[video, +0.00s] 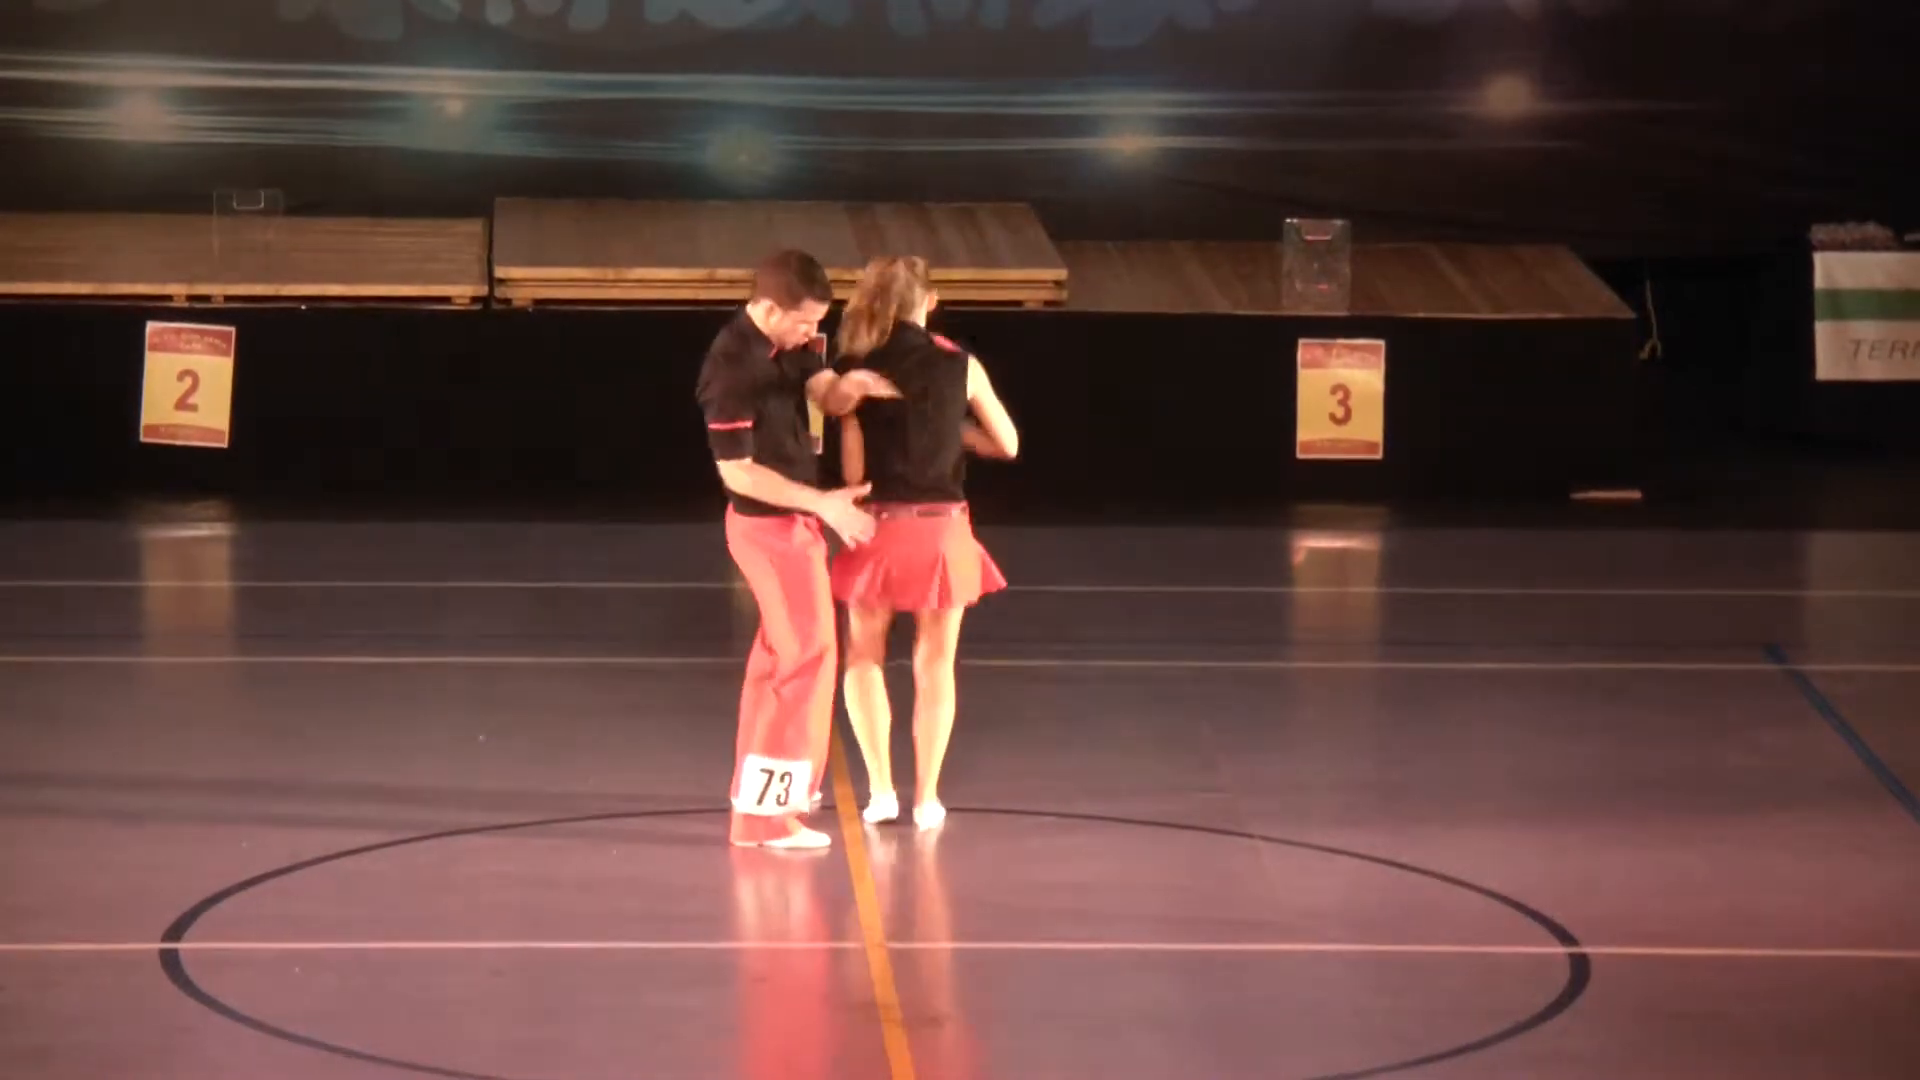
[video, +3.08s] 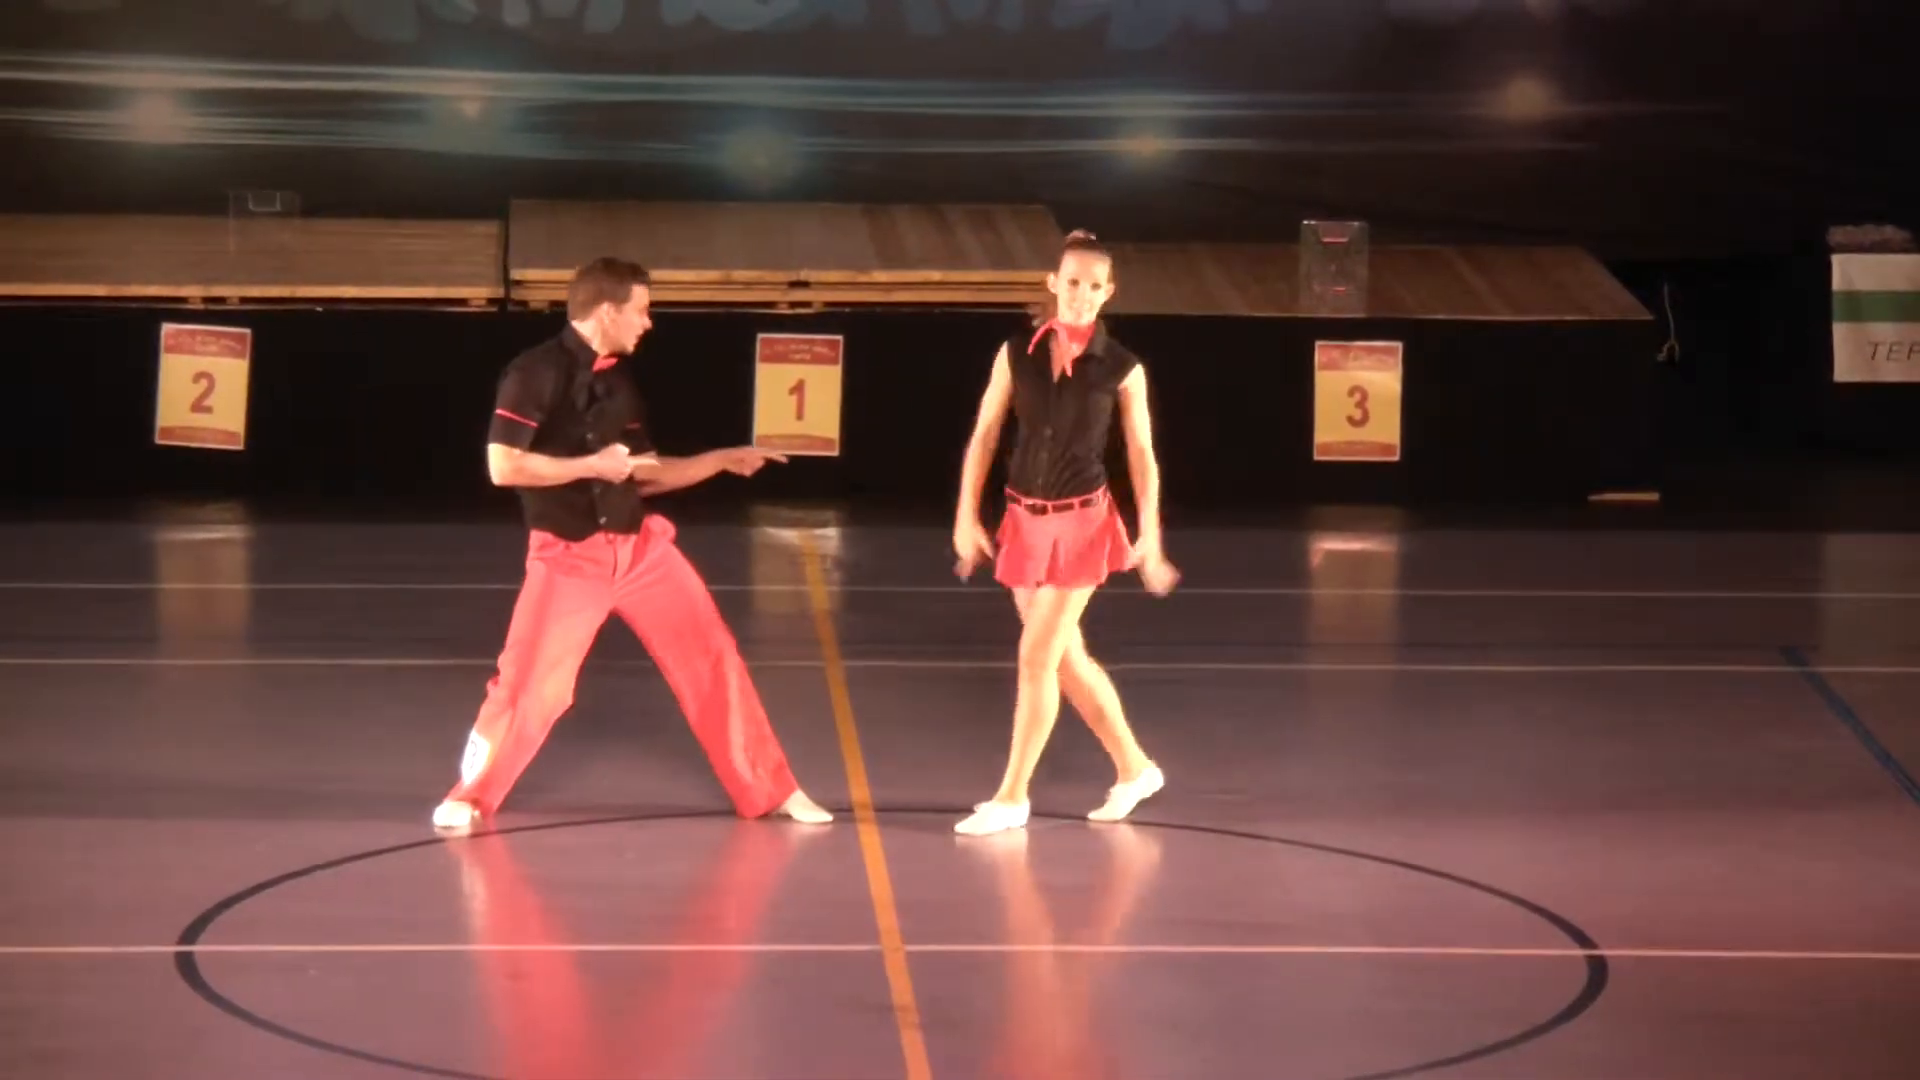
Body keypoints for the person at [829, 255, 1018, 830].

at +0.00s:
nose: (936, 307)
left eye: (930, 299)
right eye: (934, 299)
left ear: (870, 303)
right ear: (927, 304)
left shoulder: (852, 370)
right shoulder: (961, 366)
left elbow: (853, 473)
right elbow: (1006, 444)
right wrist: (946, 430)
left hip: (878, 530)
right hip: (946, 531)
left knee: (864, 657)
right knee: (936, 665)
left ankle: (881, 790)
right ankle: (927, 797)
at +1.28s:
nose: (1003, 298)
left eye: (1002, 286)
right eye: (998, 287)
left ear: (946, 292)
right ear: (974, 292)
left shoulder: (899, 352)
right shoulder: (1000, 355)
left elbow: (865, 441)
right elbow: (1042, 435)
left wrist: (864, 510)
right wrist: (999, 441)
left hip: (880, 508)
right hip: (945, 511)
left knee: (886, 661)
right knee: (1007, 634)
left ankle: (882, 802)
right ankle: (983, 774)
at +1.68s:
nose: (954, 309)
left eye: (955, 301)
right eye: (960, 300)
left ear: (961, 308)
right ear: (1010, 305)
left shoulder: (938, 378)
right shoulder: (1046, 372)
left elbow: (934, 466)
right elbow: (1054, 464)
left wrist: (874, 437)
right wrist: (1084, 430)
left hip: (957, 521)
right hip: (1030, 521)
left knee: (900, 660)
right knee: (1072, 660)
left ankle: (901, 802)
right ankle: (1079, 798)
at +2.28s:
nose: (1023, 340)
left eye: (1020, 332)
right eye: (1062, 330)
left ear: (1016, 340)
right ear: (1071, 339)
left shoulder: (1003, 419)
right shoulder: (1102, 400)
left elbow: (999, 516)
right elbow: (1154, 474)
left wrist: (935, 475)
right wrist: (1145, 415)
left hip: (977, 550)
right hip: (1044, 566)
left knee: (913, 659)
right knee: (1112, 671)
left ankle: (913, 802)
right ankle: (1074, 797)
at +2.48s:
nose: (1011, 293)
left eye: (1021, 284)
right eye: (1014, 282)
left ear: (1053, 295)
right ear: (1065, 296)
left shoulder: (1033, 361)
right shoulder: (1104, 354)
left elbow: (1025, 450)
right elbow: (1142, 427)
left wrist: (940, 472)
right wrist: (1080, 433)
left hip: (1027, 511)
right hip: (1083, 513)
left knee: (974, 655)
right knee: (1085, 663)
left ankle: (940, 795)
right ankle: (1094, 796)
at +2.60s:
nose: (1050, 291)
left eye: (1064, 283)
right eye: (1044, 278)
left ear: (1088, 290)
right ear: (1032, 279)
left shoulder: (1073, 357)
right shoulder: (1046, 344)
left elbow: (1084, 457)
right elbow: (1049, 444)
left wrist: (1048, 535)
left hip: (1048, 513)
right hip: (1057, 509)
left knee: (1027, 664)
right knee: (1096, 654)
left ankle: (1007, 801)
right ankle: (1137, 782)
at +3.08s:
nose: (1081, 295)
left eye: (1093, 285)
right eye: (1072, 281)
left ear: (1108, 292)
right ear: (1052, 282)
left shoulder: (1122, 369)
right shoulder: (1015, 354)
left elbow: (1142, 454)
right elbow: (984, 436)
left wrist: (1149, 537)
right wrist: (967, 513)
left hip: (1084, 522)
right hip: (1021, 519)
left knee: (1036, 657)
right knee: (1068, 660)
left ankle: (1012, 798)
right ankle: (1136, 768)